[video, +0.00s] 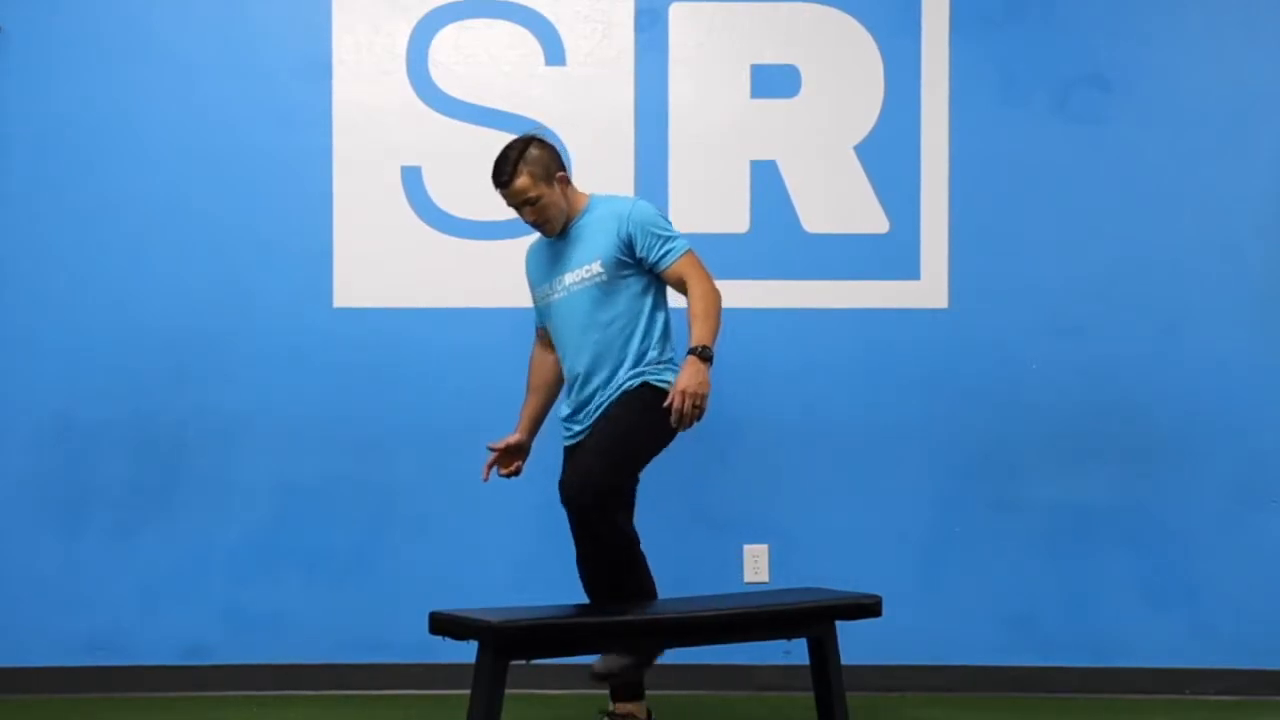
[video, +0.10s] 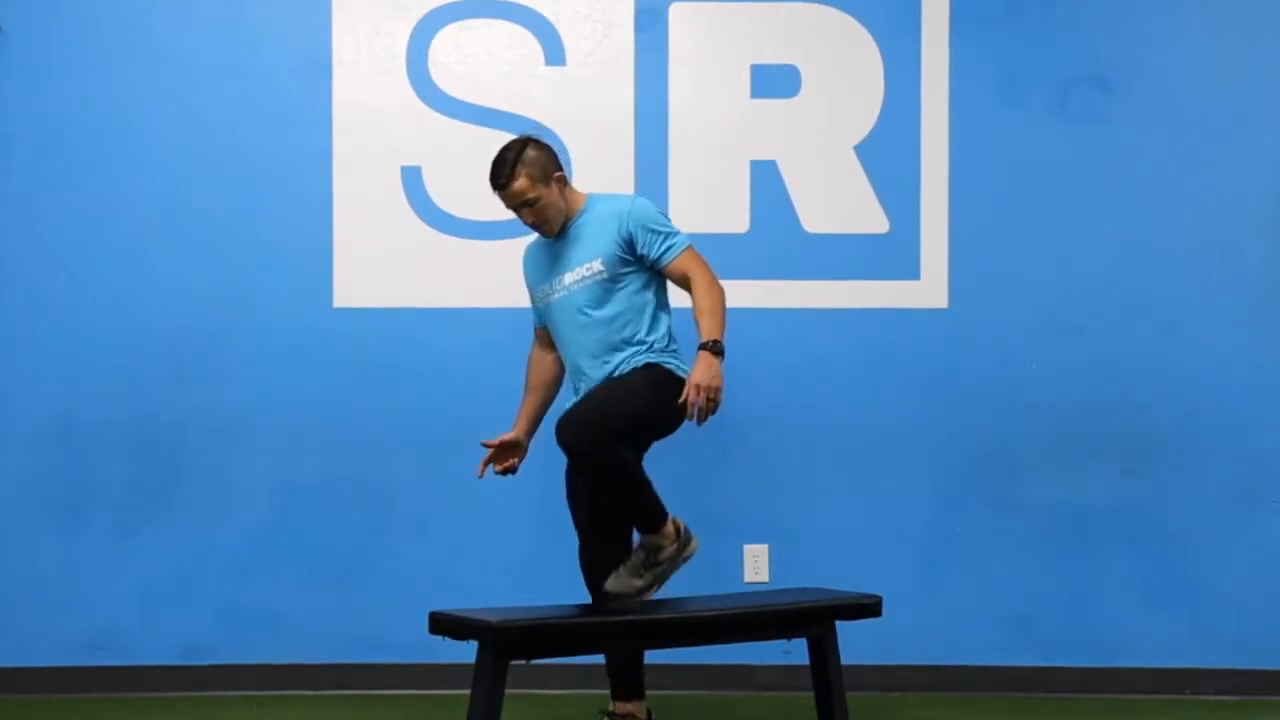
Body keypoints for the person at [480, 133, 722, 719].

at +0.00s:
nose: (528, 216)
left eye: (532, 201)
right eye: (517, 207)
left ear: (562, 179)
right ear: (512, 202)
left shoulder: (626, 218)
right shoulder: (539, 257)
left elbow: (702, 287)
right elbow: (548, 348)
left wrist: (698, 362)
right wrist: (525, 432)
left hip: (646, 388)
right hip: (583, 415)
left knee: (588, 488)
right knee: (595, 545)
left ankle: (639, 625)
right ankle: (629, 702)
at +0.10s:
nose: (527, 218)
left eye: (531, 203)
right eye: (516, 209)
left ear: (560, 179)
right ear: (511, 203)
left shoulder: (626, 217)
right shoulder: (537, 258)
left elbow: (702, 278)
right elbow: (547, 347)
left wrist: (711, 354)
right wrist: (522, 431)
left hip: (653, 377)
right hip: (591, 406)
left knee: (582, 432)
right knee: (603, 560)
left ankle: (663, 534)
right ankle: (628, 702)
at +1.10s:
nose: (582, 167)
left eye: (589, 153)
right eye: (571, 157)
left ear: (622, 133)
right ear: (561, 150)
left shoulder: (687, 180)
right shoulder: (567, 197)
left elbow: (775, 245)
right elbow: (553, 274)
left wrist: (796, 327)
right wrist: (523, 343)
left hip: (701, 340)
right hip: (624, 368)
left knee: (636, 424)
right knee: (610, 507)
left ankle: (696, 566)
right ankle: (613, 656)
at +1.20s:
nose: (583, 129)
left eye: (590, 116)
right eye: (575, 118)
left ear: (625, 94)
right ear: (570, 111)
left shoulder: (696, 144)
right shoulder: (576, 158)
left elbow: (785, 213)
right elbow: (567, 238)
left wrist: (799, 295)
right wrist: (540, 307)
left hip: (706, 311)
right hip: (631, 326)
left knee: (648, 419)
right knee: (601, 462)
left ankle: (698, 570)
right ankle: (633, 614)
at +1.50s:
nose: (595, 37)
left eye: (600, 21)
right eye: (586, 25)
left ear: (636, 3)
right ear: (585, 17)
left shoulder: (708, 57)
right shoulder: (600, 64)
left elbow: (782, 142)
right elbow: (598, 155)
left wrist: (777, 229)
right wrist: (565, 239)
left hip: (704, 251)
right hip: (628, 256)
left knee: (685, 397)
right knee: (615, 390)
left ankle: (701, 563)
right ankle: (672, 539)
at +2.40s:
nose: (575, 76)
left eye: (575, 59)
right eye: (564, 68)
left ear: (608, 28)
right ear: (566, 63)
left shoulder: (678, 68)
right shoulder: (609, 116)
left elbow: (755, 148)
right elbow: (635, 220)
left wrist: (736, 237)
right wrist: (612, 296)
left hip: (707, 281)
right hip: (642, 295)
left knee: (707, 428)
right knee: (607, 420)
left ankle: (768, 597)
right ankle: (668, 568)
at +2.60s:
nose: (576, 151)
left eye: (576, 134)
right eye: (566, 144)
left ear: (608, 104)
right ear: (581, 128)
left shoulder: (671, 136)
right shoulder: (623, 180)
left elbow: (740, 209)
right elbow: (651, 283)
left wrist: (709, 301)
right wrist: (638, 351)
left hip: (735, 342)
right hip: (666, 349)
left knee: (753, 499)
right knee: (585, 435)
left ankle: (797, 677)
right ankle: (666, 567)